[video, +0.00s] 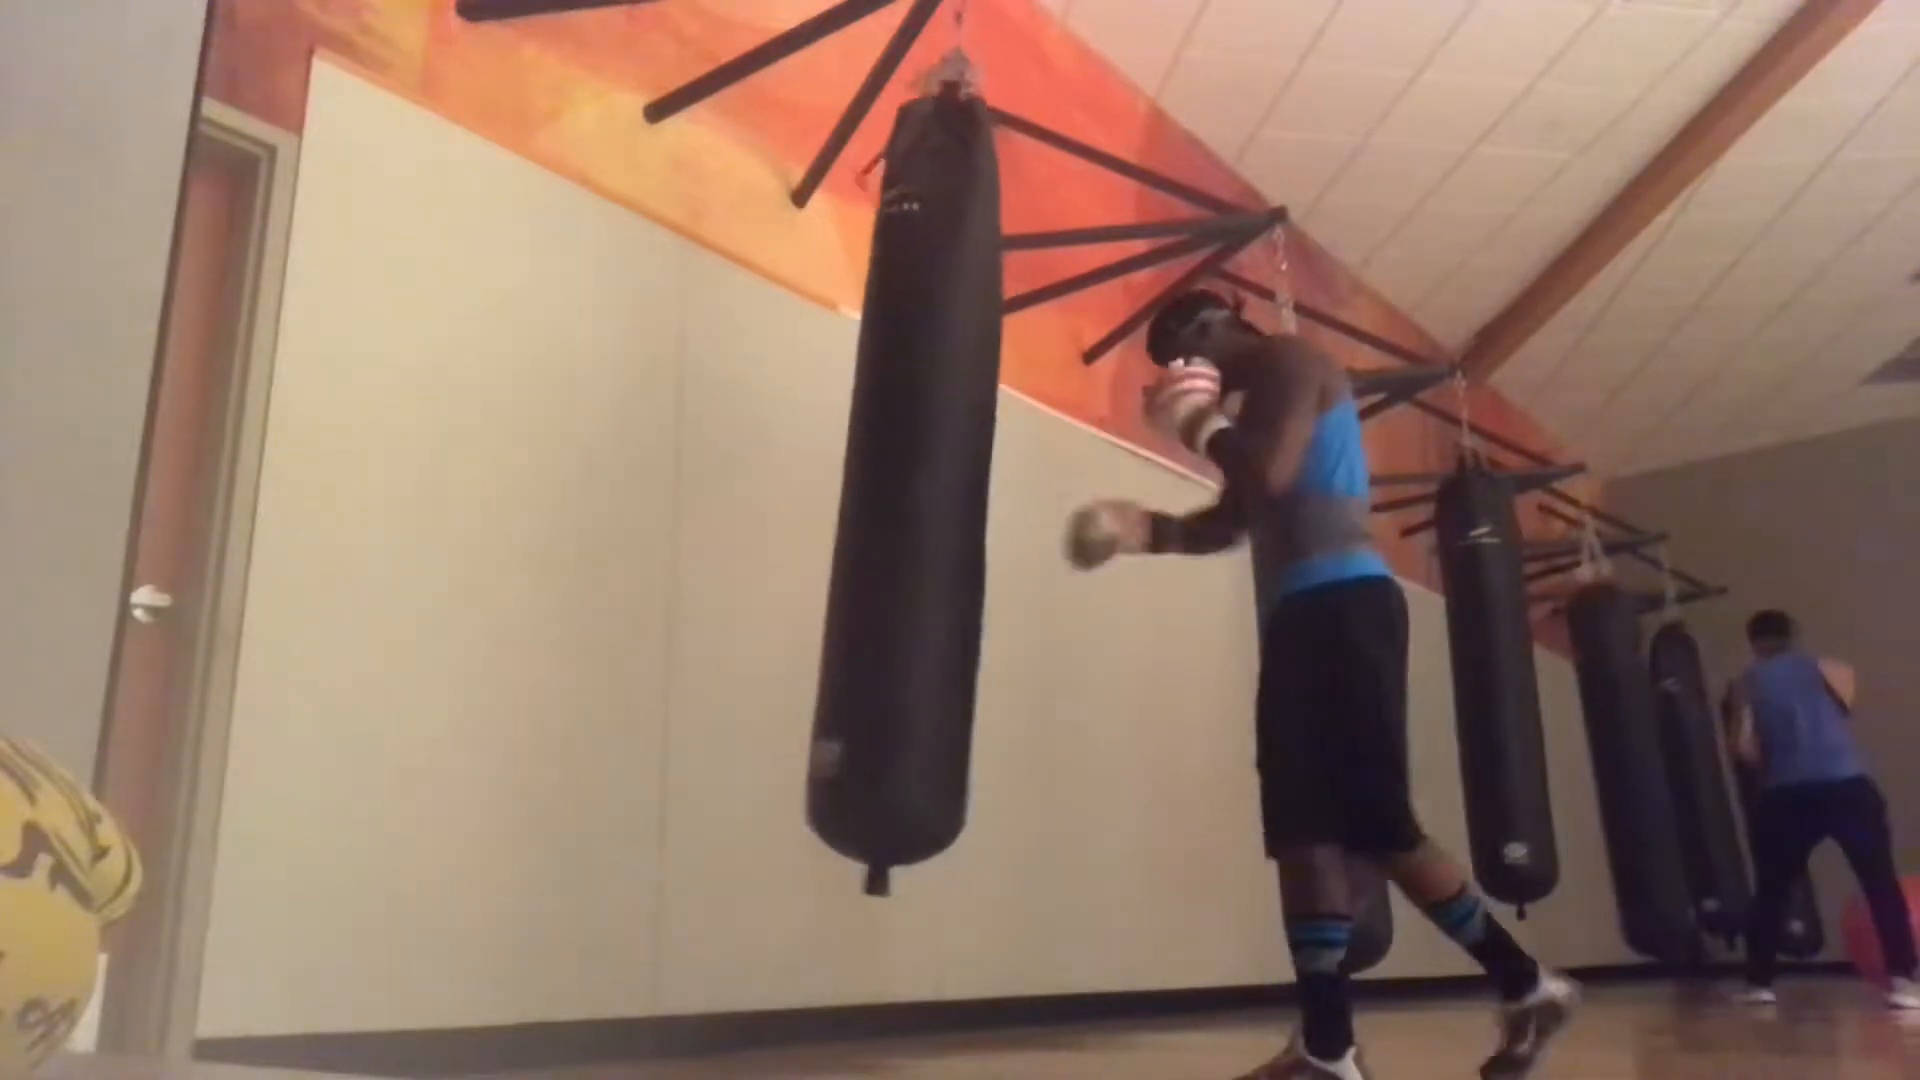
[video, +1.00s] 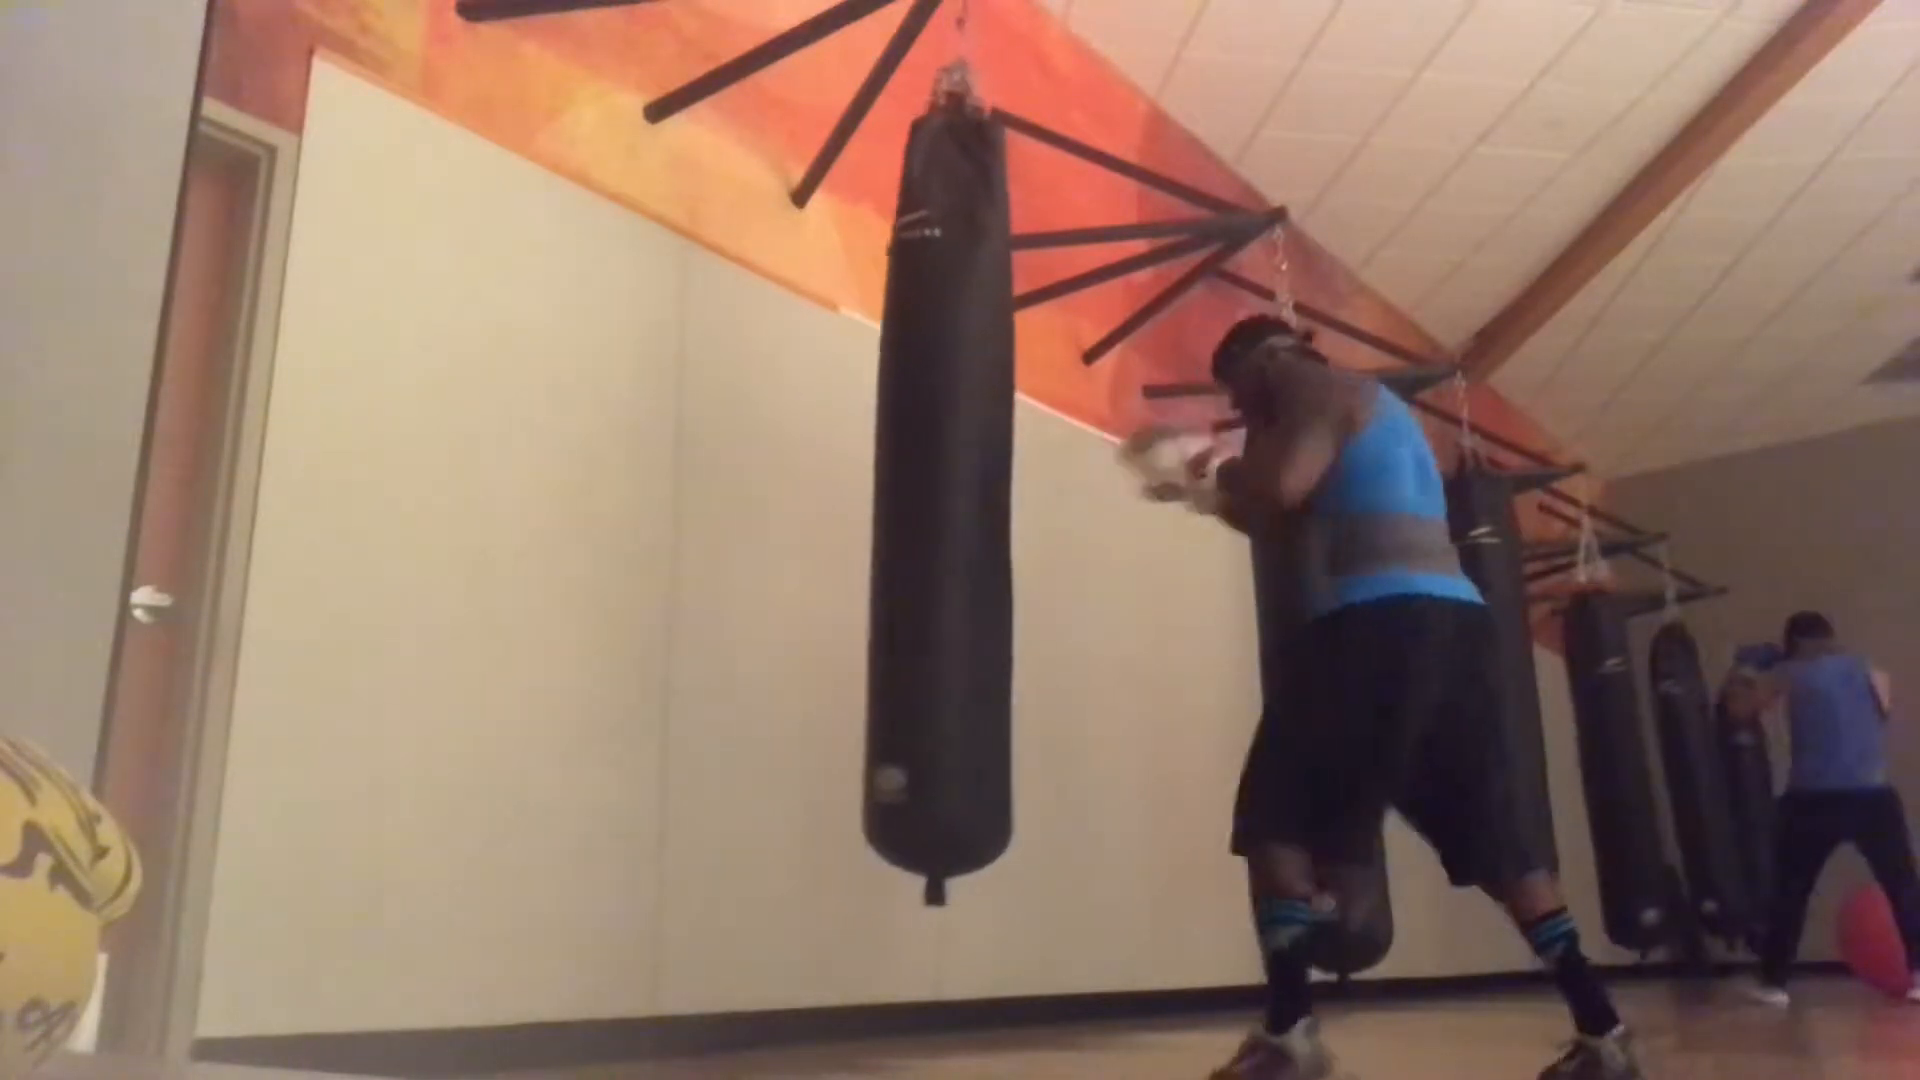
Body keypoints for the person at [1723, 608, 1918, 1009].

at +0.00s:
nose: (1761, 650)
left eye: (1756, 644)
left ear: (1754, 645)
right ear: (1793, 636)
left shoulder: (1745, 685)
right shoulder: (1827, 667)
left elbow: (1743, 748)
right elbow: (1847, 704)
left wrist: (1775, 758)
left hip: (1788, 796)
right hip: (1849, 789)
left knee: (1771, 889)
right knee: (1880, 882)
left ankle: (1760, 983)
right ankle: (1904, 978)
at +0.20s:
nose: (1735, 657)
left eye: (1730, 652)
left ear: (1727, 654)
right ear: (1762, 640)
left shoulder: (1733, 697)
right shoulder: (1806, 668)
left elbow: (1739, 762)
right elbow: (1828, 705)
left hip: (1783, 799)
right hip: (1841, 790)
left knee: (1771, 887)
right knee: (1877, 880)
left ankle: (1760, 981)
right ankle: (1901, 969)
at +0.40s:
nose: (1726, 659)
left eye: (1721, 654)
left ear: (1720, 655)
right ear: (1755, 641)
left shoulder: (1724, 697)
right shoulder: (1795, 667)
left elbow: (1731, 762)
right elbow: (1814, 702)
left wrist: (1766, 765)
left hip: (1778, 797)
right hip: (1835, 787)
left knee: (1769, 886)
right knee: (1879, 876)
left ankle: (1759, 981)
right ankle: (1904, 970)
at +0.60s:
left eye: (1761, 645)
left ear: (1751, 649)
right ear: (1790, 639)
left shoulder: (1739, 686)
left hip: (1785, 801)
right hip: (1847, 794)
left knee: (1769, 888)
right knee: (1896, 879)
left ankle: (1759, 983)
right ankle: (1916, 977)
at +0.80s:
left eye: (1789, 641)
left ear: (1785, 641)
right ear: (1824, 634)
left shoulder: (1778, 673)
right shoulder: (1854, 666)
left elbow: (1731, 706)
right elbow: (1876, 698)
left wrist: (1745, 658)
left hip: (1808, 798)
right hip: (1868, 793)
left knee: (1779, 885)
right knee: (1905, 882)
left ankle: (1768, 977)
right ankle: (1917, 975)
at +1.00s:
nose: (1794, 654)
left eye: (1791, 648)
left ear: (1792, 645)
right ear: (1832, 637)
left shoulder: (1790, 673)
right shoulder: (1866, 670)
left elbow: (1741, 709)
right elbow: (1883, 712)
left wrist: (1739, 671)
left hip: (1813, 799)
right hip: (1872, 798)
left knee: (1791, 890)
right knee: (1904, 887)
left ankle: (1775, 981)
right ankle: (1917, 975)